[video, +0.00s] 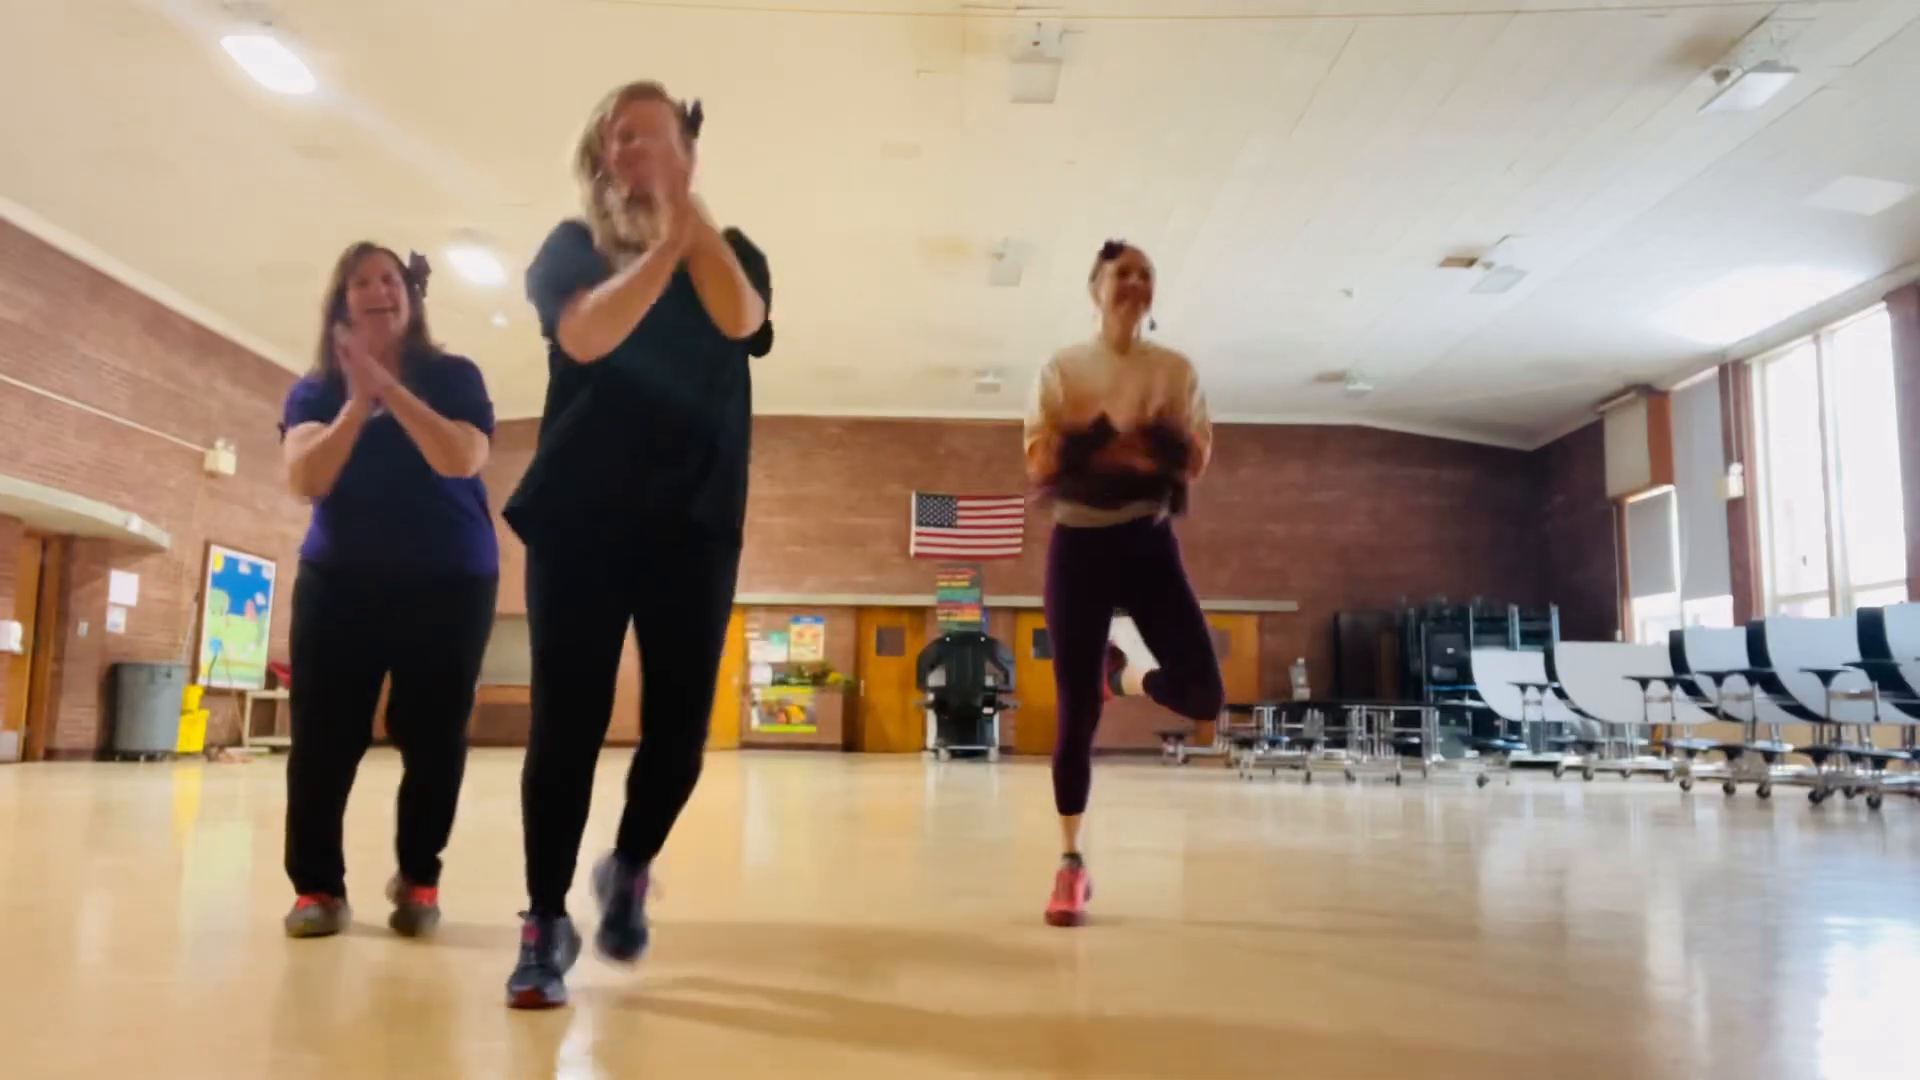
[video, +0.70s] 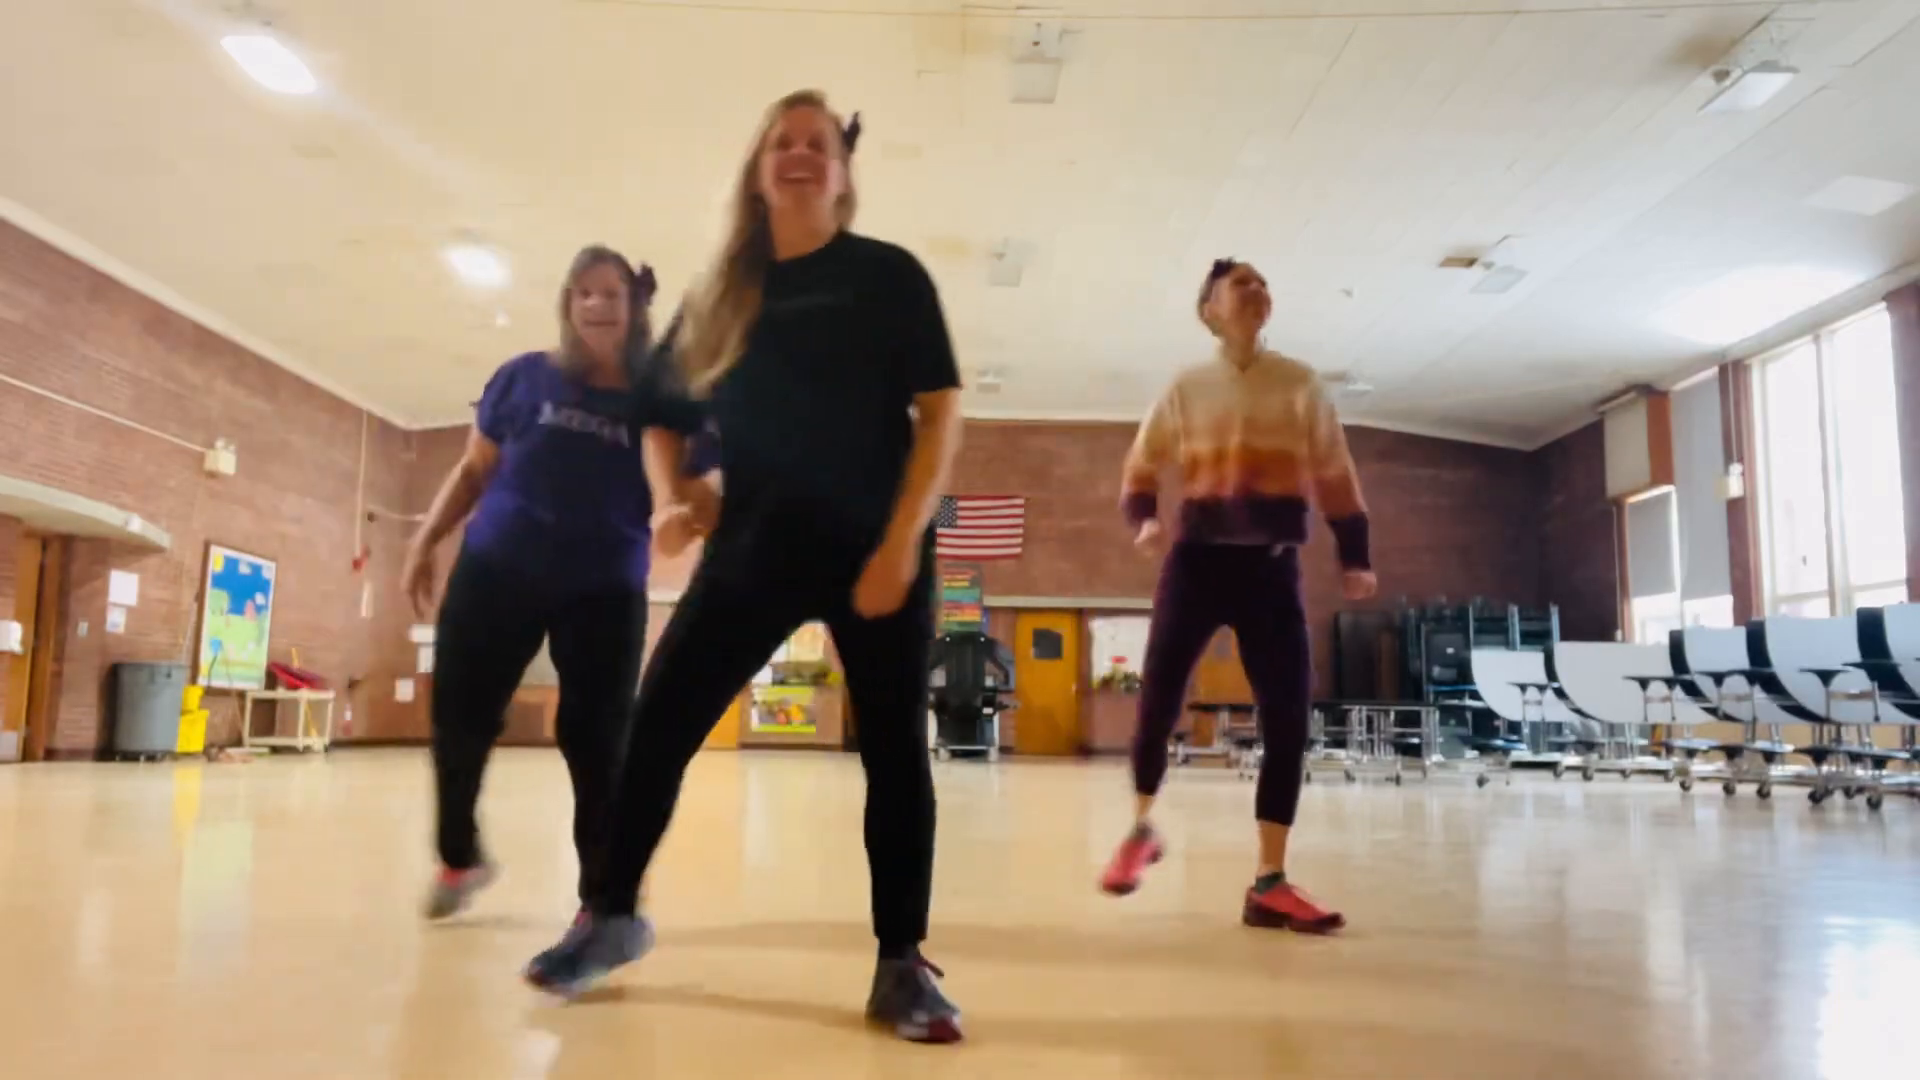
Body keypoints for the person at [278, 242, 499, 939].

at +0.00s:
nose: (380, 293)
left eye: (391, 282)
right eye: (363, 284)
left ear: (412, 300)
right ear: (339, 307)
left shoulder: (452, 376)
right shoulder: (316, 391)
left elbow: (465, 458)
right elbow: (307, 478)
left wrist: (387, 386)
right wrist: (357, 403)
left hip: (447, 587)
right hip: (340, 583)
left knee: (435, 743)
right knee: (324, 743)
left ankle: (419, 883)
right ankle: (318, 891)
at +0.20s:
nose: (400, 286)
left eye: (411, 274)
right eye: (384, 277)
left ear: (432, 288)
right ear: (362, 296)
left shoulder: (476, 376)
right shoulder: (329, 385)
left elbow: (523, 469)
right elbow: (271, 476)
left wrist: (467, 457)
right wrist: (298, 446)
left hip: (471, 578)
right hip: (363, 579)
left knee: (500, 724)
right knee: (336, 735)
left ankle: (509, 868)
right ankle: (319, 890)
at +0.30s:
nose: (426, 290)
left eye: (437, 279)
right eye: (412, 280)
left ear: (460, 292)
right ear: (390, 299)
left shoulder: (504, 383)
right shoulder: (355, 386)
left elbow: (541, 462)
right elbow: (299, 464)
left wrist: (526, 496)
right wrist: (252, 518)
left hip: (487, 577)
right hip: (378, 577)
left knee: (528, 727)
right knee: (342, 734)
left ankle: (570, 875)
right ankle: (319, 889)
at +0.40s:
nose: (468, 300)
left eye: (481, 290)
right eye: (455, 289)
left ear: (502, 305)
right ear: (430, 303)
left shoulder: (535, 392)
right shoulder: (390, 391)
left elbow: (576, 480)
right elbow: (341, 484)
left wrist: (563, 532)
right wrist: (279, 557)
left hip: (509, 589)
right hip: (399, 586)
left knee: (543, 737)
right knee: (352, 737)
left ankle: (593, 880)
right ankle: (320, 889)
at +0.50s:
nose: (516, 314)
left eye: (530, 302)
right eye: (505, 301)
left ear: (553, 314)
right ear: (484, 311)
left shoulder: (572, 403)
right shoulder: (440, 396)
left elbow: (609, 498)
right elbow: (400, 492)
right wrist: (344, 571)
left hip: (543, 594)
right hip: (436, 587)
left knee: (565, 744)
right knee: (375, 731)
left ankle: (608, 892)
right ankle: (321, 886)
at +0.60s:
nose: (562, 307)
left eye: (576, 296)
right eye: (551, 294)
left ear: (600, 309)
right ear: (531, 304)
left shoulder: (619, 398)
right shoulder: (489, 384)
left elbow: (640, 492)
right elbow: (441, 481)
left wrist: (641, 561)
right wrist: (397, 563)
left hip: (579, 583)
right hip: (473, 573)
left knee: (591, 740)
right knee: (407, 722)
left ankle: (609, 894)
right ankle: (354, 875)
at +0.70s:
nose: (597, 305)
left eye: (612, 295)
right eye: (584, 293)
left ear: (636, 307)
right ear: (566, 305)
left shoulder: (658, 392)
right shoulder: (524, 378)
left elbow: (695, 484)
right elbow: (474, 469)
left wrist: (690, 513)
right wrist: (424, 542)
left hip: (603, 583)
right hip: (501, 569)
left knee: (596, 736)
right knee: (459, 709)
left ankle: (603, 904)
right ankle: (459, 858)